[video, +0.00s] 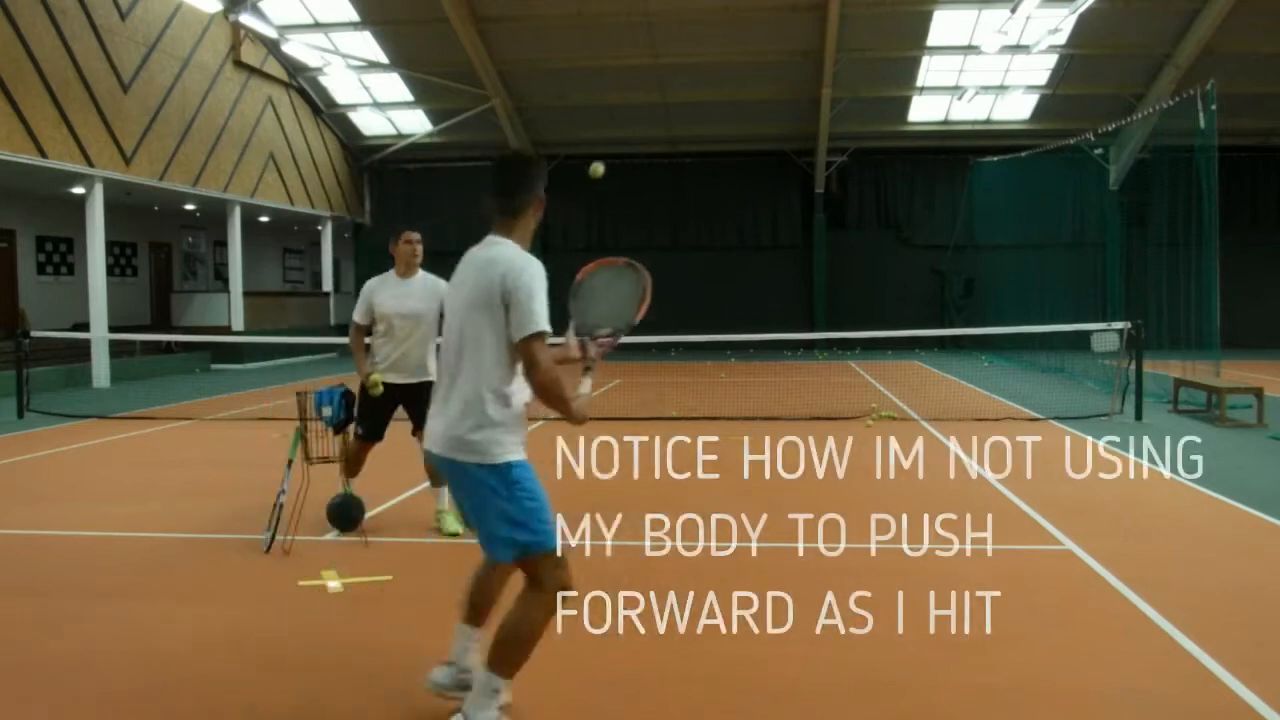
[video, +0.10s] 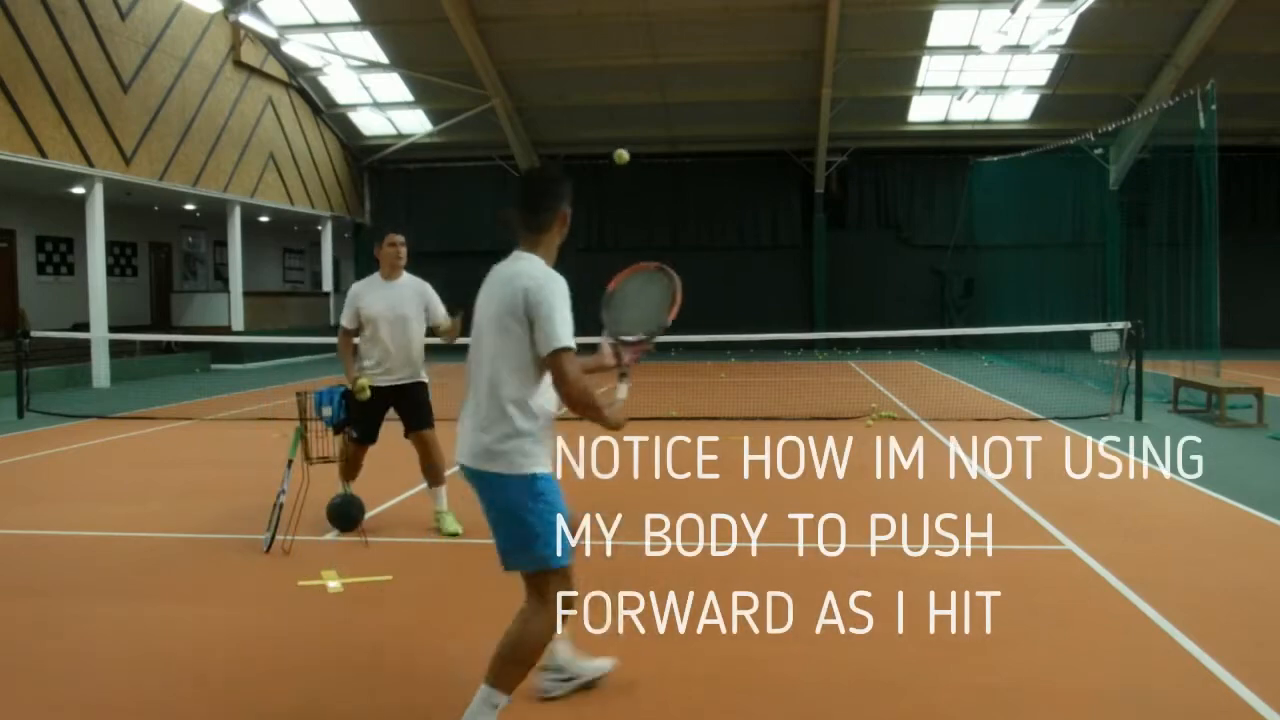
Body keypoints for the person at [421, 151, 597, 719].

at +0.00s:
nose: (545, 205)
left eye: (541, 196)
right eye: (545, 197)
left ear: (493, 202)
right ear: (539, 203)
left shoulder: (470, 263)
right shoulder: (520, 268)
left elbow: (486, 356)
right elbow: (538, 368)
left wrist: (563, 353)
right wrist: (573, 409)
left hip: (448, 442)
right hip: (488, 447)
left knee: (501, 550)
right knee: (551, 580)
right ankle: (482, 706)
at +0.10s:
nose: (569, 222)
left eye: (563, 214)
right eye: (569, 214)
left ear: (520, 216)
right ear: (563, 219)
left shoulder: (502, 275)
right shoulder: (545, 283)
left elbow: (528, 367)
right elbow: (569, 383)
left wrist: (598, 362)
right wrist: (606, 413)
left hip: (489, 451)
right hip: (514, 458)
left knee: (557, 548)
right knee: (544, 596)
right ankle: (481, 710)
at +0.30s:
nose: (619, 232)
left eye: (615, 224)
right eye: (619, 225)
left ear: (572, 231)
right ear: (613, 230)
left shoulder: (570, 287)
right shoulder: (582, 292)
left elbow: (613, 364)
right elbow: (628, 378)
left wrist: (679, 346)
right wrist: (689, 390)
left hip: (577, 455)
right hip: (561, 463)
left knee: (635, 532)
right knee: (575, 595)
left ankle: (612, 657)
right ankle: (481, 705)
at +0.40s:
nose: (641, 226)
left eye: (638, 218)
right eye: (640, 217)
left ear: (601, 221)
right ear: (632, 222)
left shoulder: (619, 278)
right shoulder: (591, 277)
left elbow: (661, 335)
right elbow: (635, 343)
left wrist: (718, 313)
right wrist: (712, 345)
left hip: (599, 436)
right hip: (573, 440)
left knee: (650, 535)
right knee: (618, 561)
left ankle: (612, 655)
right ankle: (522, 673)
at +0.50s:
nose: (657, 217)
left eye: (656, 210)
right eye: (657, 209)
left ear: (625, 209)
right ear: (649, 210)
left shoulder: (644, 264)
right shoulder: (602, 257)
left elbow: (695, 319)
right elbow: (631, 298)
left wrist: (737, 280)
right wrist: (717, 295)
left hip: (608, 415)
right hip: (582, 416)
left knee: (643, 525)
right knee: (643, 526)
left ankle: (613, 640)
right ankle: (598, 654)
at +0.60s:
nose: (674, 228)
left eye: (675, 222)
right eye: (673, 220)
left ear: (637, 216)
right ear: (662, 217)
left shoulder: (659, 273)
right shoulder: (613, 257)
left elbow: (716, 309)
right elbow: (616, 281)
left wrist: (763, 270)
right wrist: (694, 260)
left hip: (612, 415)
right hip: (588, 416)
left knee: (639, 513)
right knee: (661, 516)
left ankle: (603, 615)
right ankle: (667, 642)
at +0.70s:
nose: (678, 258)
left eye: (680, 252)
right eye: (672, 249)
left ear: (685, 256)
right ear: (654, 246)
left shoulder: (672, 294)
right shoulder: (618, 280)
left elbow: (722, 320)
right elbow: (603, 301)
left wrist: (774, 303)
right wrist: (664, 265)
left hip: (620, 433)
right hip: (600, 435)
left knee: (638, 516)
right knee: (691, 526)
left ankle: (597, 605)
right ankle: (686, 652)